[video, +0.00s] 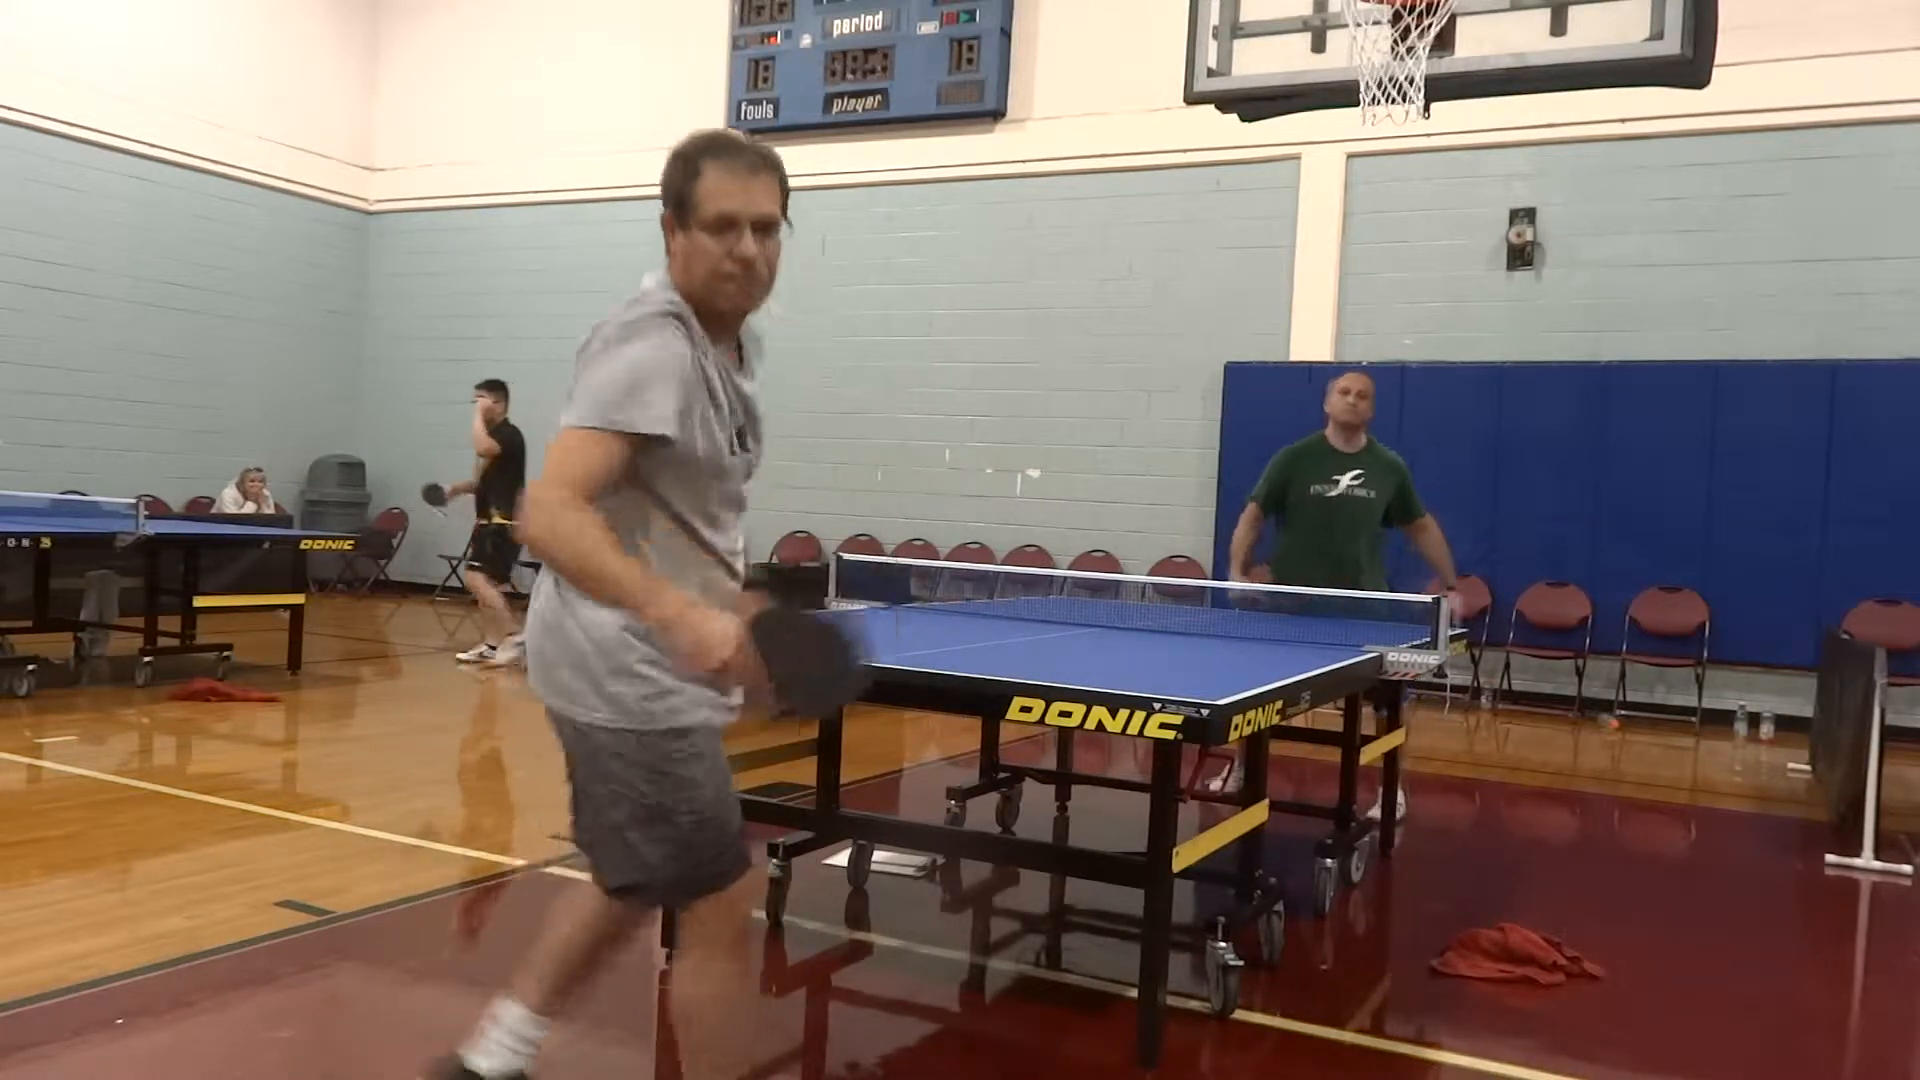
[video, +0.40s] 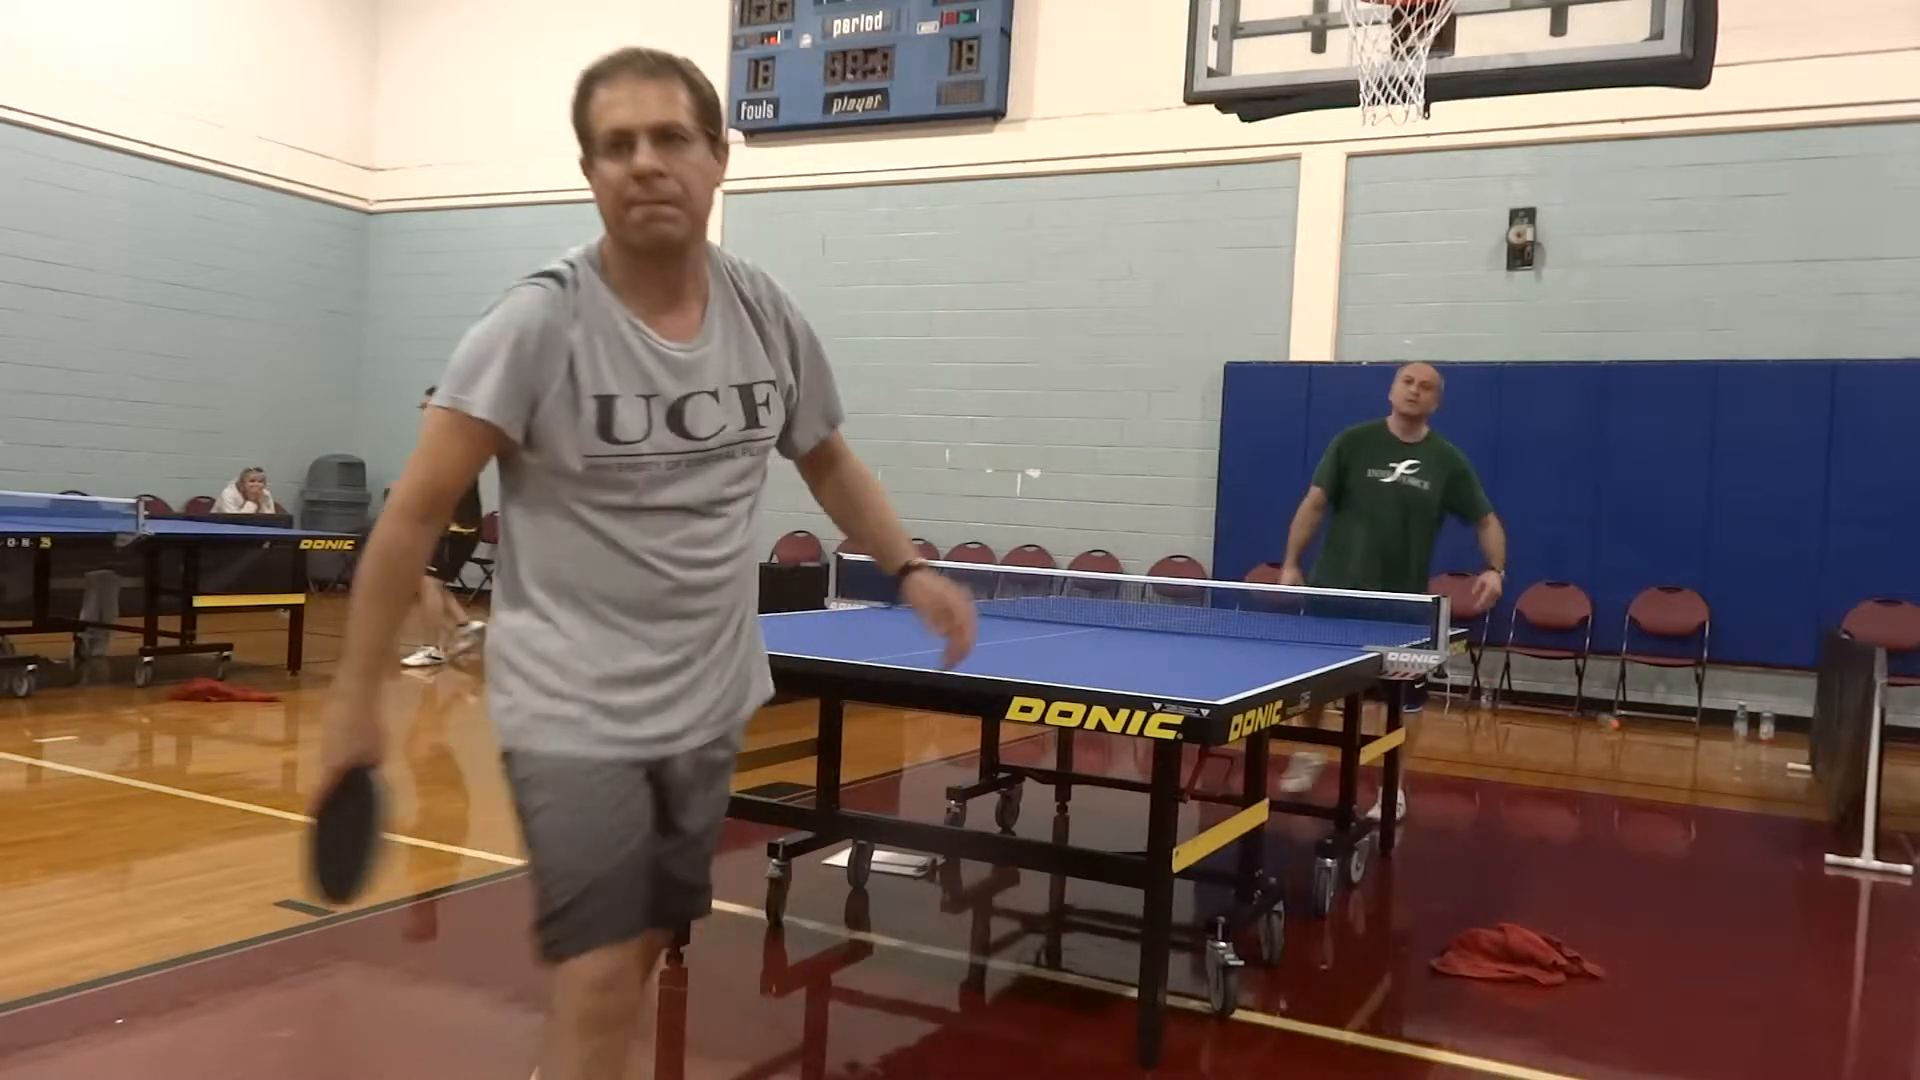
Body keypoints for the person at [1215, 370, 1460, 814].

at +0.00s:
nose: (1353, 402)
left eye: (1362, 397)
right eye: (1345, 393)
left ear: (1372, 411)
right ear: (1326, 401)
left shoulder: (1389, 467)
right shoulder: (1293, 459)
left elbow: (1420, 526)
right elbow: (1252, 517)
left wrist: (1451, 582)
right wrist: (1237, 573)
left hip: (1365, 607)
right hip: (1292, 601)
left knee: (1388, 697)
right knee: (1257, 681)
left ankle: (1392, 787)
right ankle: (1243, 767)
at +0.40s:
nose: (1414, 391)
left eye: (1425, 387)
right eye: (1408, 382)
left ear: (1436, 402)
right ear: (1392, 390)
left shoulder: (1447, 460)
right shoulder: (1352, 442)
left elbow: (1486, 520)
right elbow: (1314, 503)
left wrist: (1495, 569)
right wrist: (1290, 563)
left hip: (1401, 602)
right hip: (1334, 593)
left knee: (1402, 700)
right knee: (1315, 677)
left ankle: (1392, 787)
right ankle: (1309, 750)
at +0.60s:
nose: (1415, 390)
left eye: (1426, 386)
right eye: (1408, 382)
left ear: (1437, 401)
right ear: (1393, 390)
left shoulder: (1453, 457)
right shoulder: (1356, 444)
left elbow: (1485, 522)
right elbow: (1323, 505)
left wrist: (1500, 585)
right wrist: (1315, 555)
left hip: (1417, 603)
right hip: (1355, 597)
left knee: (1412, 703)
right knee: (1361, 697)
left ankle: (1396, 789)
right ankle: (1369, 785)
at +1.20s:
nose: (1376, 404)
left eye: (1385, 396)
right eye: (1371, 399)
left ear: (1410, 403)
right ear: (1367, 409)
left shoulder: (1446, 449)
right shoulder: (1360, 465)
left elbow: (1490, 509)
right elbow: (1344, 529)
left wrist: (1496, 574)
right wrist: (1332, 585)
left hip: (1439, 595)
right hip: (1380, 596)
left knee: (1442, 686)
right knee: (1385, 687)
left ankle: (1446, 758)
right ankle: (1392, 766)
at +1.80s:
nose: (1417, 411)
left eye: (1426, 407)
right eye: (1419, 404)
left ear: (1452, 417)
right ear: (1436, 415)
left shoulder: (1478, 465)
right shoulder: (1421, 454)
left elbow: (1475, 539)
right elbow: (1412, 517)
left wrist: (1436, 589)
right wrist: (1391, 559)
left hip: (1466, 601)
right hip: (1414, 595)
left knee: (1479, 686)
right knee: (1406, 679)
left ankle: (1477, 764)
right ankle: (1392, 757)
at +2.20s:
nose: (1412, 412)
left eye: (1420, 406)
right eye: (1415, 404)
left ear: (1441, 416)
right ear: (1439, 416)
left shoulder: (1462, 463)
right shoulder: (1432, 459)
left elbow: (1475, 531)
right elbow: (1428, 528)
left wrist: (1482, 594)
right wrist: (1415, 585)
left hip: (1452, 595)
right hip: (1421, 591)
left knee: (1467, 677)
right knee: (1424, 672)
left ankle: (1476, 763)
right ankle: (1423, 746)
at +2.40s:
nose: (1407, 415)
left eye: (1412, 409)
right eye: (1410, 408)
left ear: (1427, 417)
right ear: (1437, 418)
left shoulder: (1444, 460)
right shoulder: (1440, 457)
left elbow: (1445, 526)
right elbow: (1445, 527)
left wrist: (1432, 583)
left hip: (1433, 592)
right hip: (1419, 591)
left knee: (1447, 673)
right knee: (1423, 672)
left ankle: (1464, 753)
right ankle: (1425, 747)